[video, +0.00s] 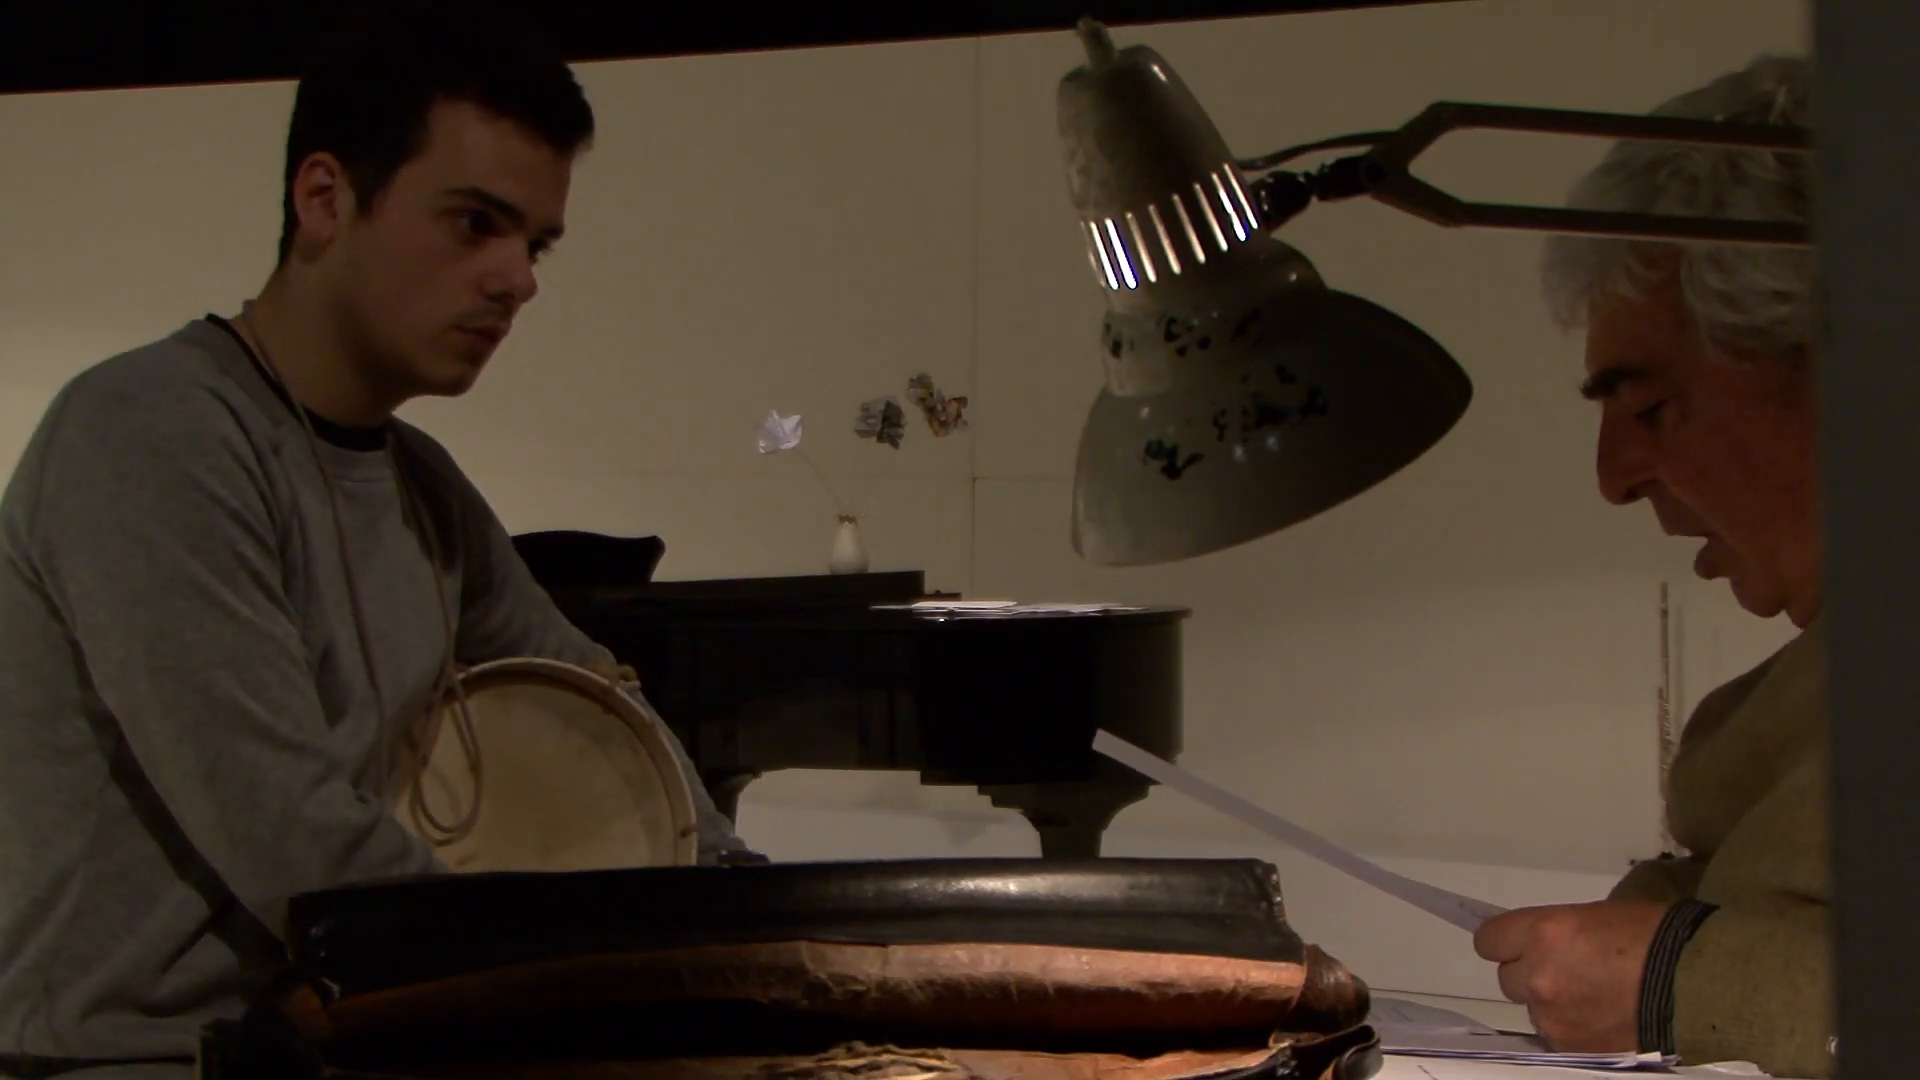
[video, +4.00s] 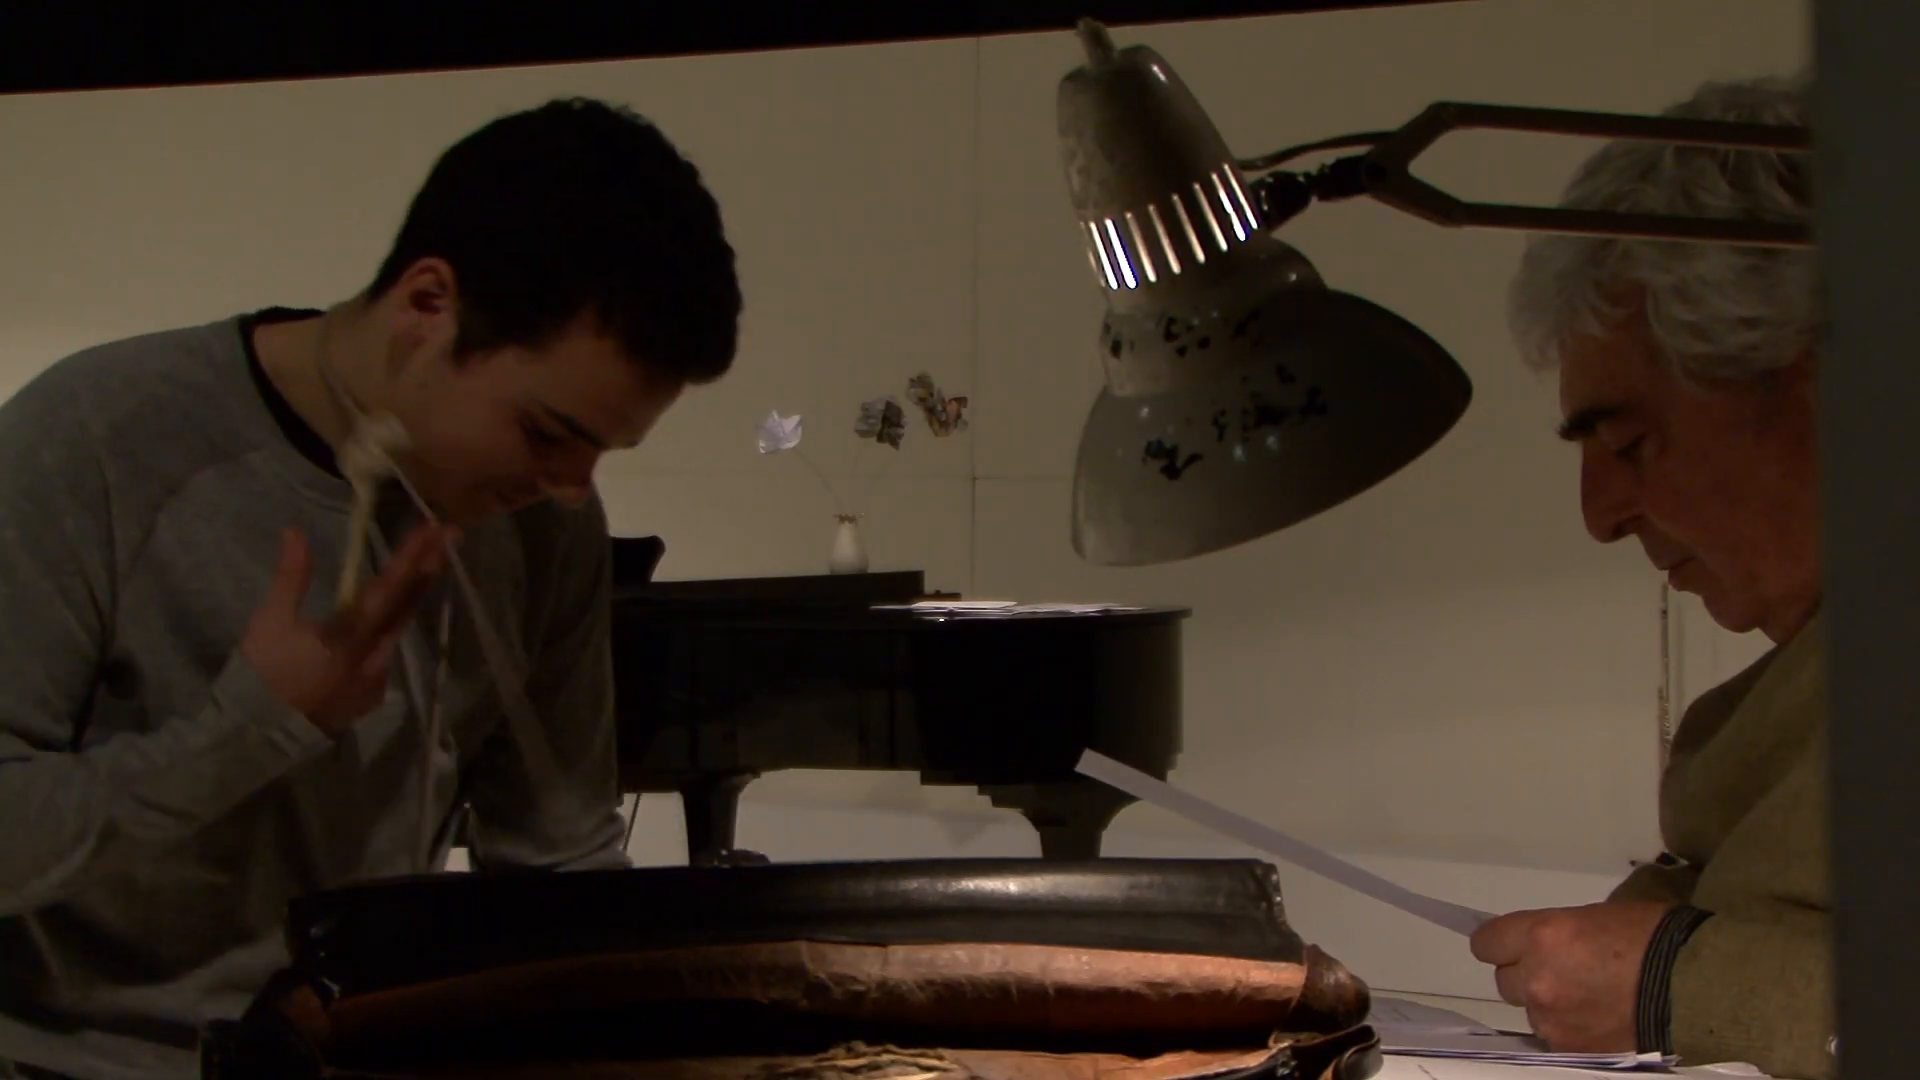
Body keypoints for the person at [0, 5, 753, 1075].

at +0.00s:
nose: (516, 282)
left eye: (536, 247)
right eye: (476, 222)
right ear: (323, 200)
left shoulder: (425, 487)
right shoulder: (142, 435)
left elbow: (595, 720)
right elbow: (300, 854)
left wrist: (746, 912)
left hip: (345, 1037)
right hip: (128, 1057)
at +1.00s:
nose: (510, 288)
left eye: (527, 251)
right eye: (468, 230)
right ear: (315, 205)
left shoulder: (431, 491)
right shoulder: (124, 438)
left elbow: (625, 698)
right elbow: (299, 849)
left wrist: (751, 915)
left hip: (340, 1041)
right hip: (114, 1056)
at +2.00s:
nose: (516, 422)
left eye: (541, 387)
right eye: (498, 361)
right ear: (371, 261)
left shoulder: (475, 514)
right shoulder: (92, 442)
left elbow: (679, 729)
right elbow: (87, 870)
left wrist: (721, 949)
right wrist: (321, 1037)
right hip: (63, 1029)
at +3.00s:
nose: (139, 481)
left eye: (179, 443)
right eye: (101, 428)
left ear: (214, 393)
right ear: (1, 335)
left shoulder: (196, 481)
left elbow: (360, 607)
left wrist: (525, 756)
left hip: (102, 1038)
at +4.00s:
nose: (573, 490)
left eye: (602, 451)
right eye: (552, 432)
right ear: (426, 304)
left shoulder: (541, 520)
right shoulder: (84, 444)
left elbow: (563, 865)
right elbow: (8, 844)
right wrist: (248, 727)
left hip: (363, 1043)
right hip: (79, 1042)